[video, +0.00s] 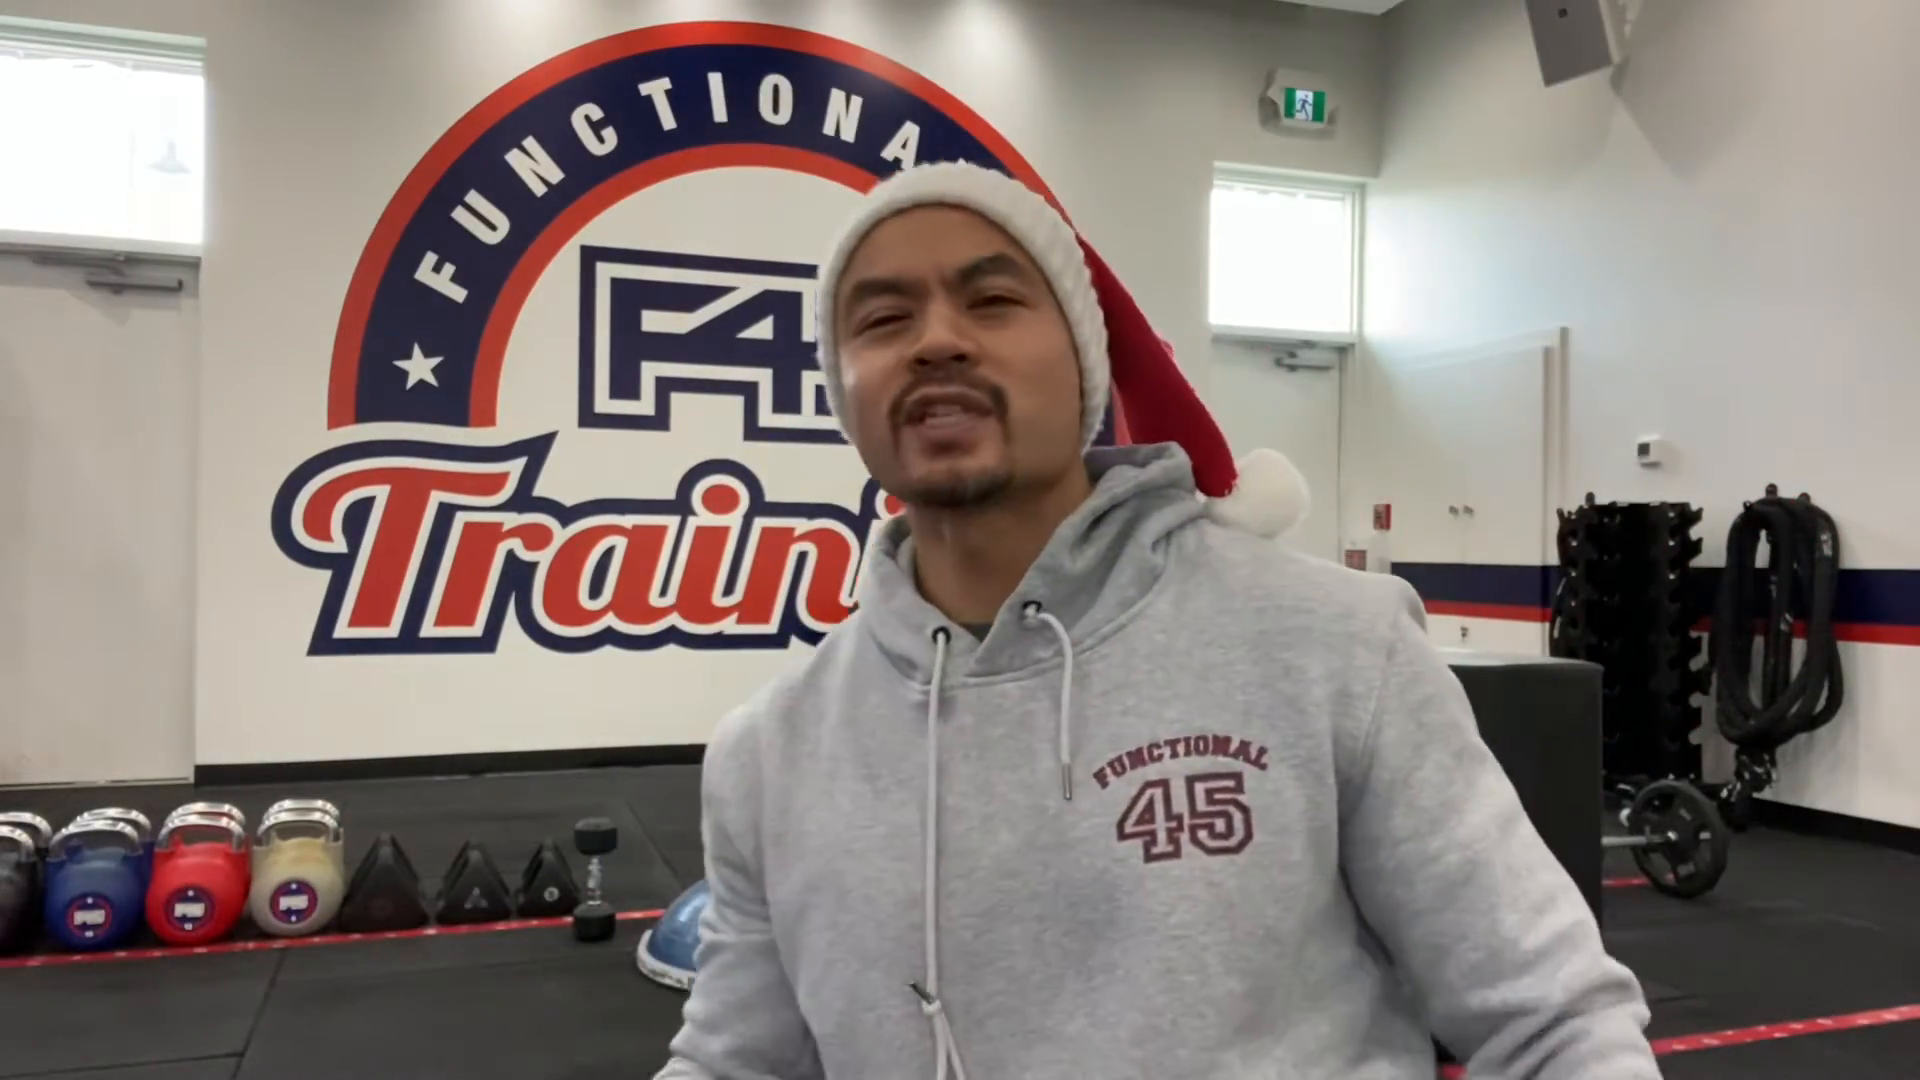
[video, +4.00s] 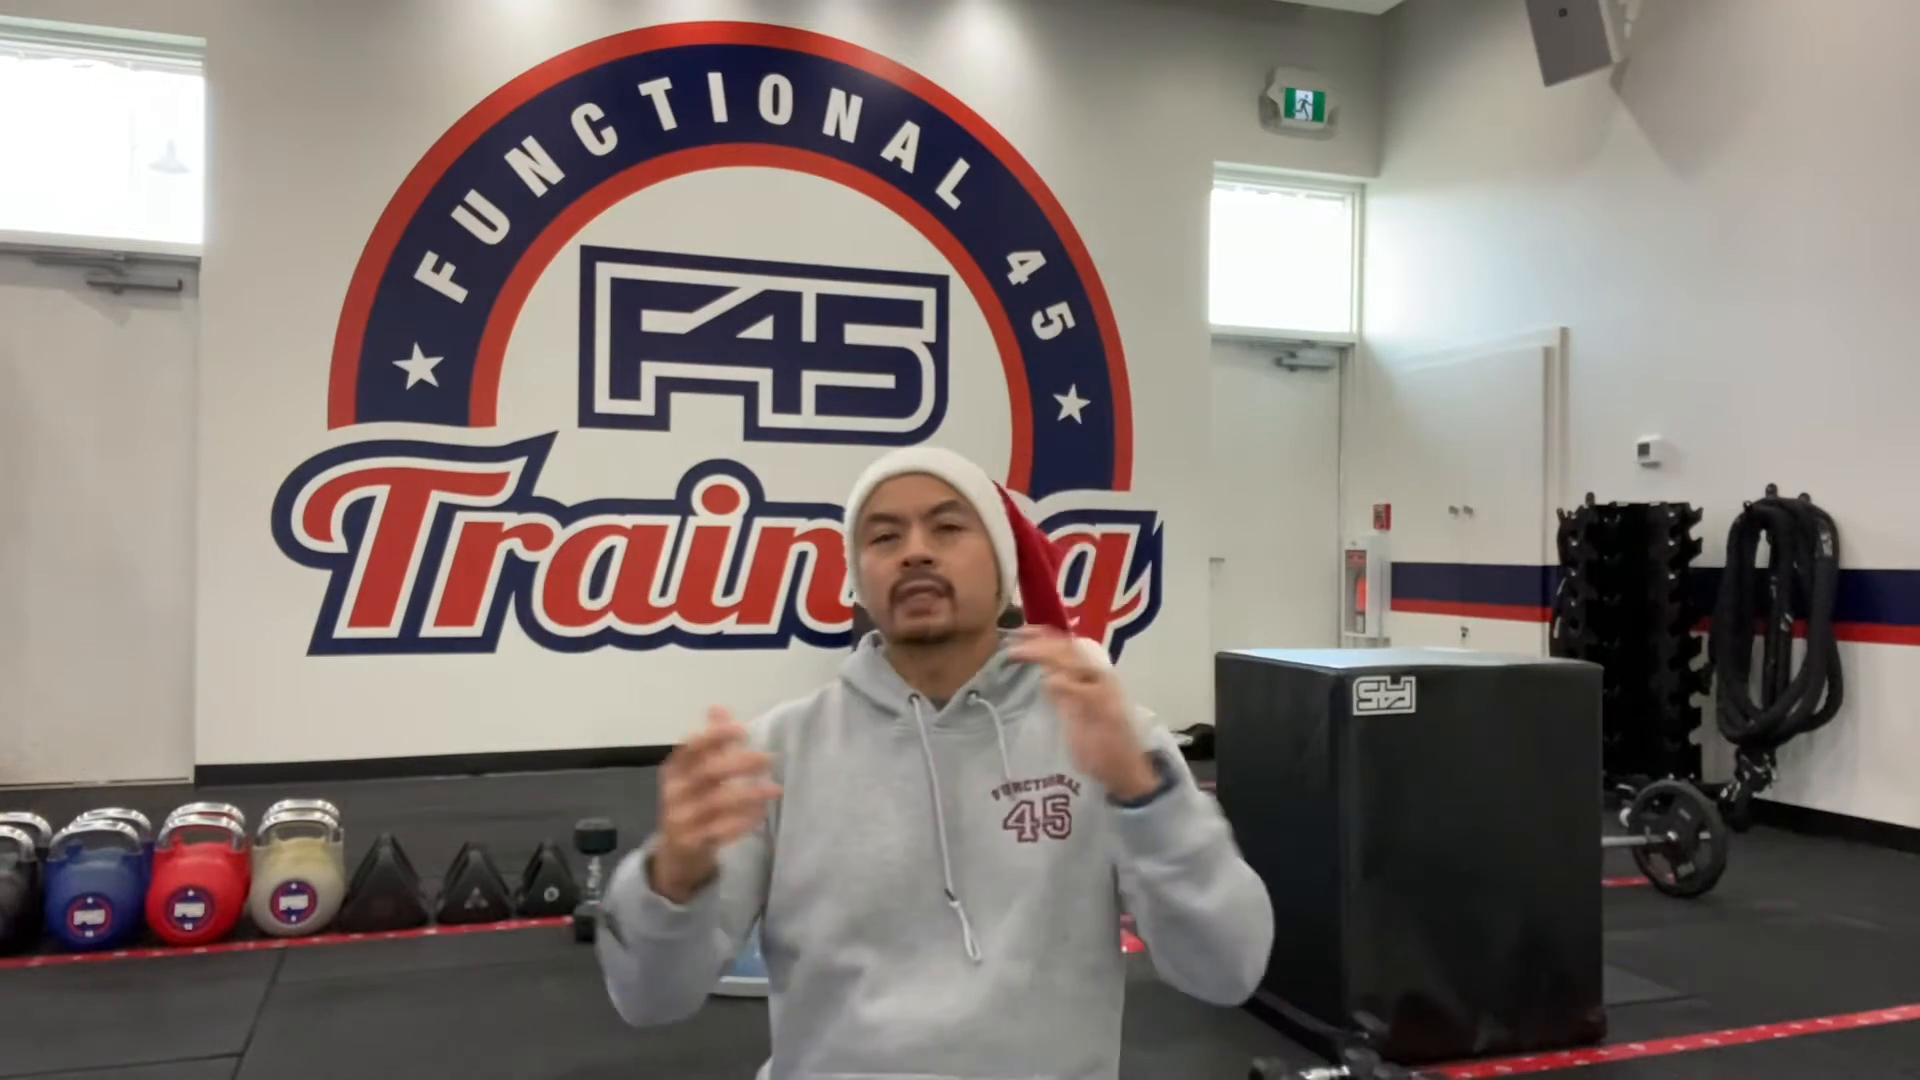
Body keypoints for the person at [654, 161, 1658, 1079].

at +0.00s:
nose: (938, 342)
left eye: (995, 300)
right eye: (885, 318)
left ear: (1088, 361)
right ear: (844, 399)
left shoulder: (1334, 646)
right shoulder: (765, 762)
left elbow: (1556, 1025)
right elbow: (723, 1064)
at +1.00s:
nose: (1384, 435)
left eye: (1406, 408)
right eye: (1335, 388)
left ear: (1418, 441)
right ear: (1201, 403)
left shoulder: (1388, 707)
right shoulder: (1007, 657)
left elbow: (1423, 1055)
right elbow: (847, 1039)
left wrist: (1439, 985)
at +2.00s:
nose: (703, 453)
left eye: (740, 401)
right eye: (673, 435)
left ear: (846, 408)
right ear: (666, 482)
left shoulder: (1062, 628)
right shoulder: (667, 740)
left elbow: (1270, 857)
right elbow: (646, 976)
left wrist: (1221, 908)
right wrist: (416, 1000)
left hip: (1060, 1068)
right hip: (805, 1073)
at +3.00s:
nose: (1137, 606)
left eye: (1179, 582)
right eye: (1113, 563)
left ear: (1217, 618)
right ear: (1056, 571)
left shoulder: (1259, 816)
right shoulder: (891, 713)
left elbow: (1311, 1039)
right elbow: (725, 836)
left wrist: (1469, 1018)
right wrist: (634, 777)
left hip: (1106, 1074)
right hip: (870, 1066)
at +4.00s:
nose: (916, 550)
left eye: (949, 527)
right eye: (885, 534)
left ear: (1004, 565)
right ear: (855, 581)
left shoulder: (1095, 721)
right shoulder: (779, 747)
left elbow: (1228, 973)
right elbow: (651, 1001)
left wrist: (1135, 781)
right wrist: (674, 876)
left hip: (1051, 1067)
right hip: (839, 1067)